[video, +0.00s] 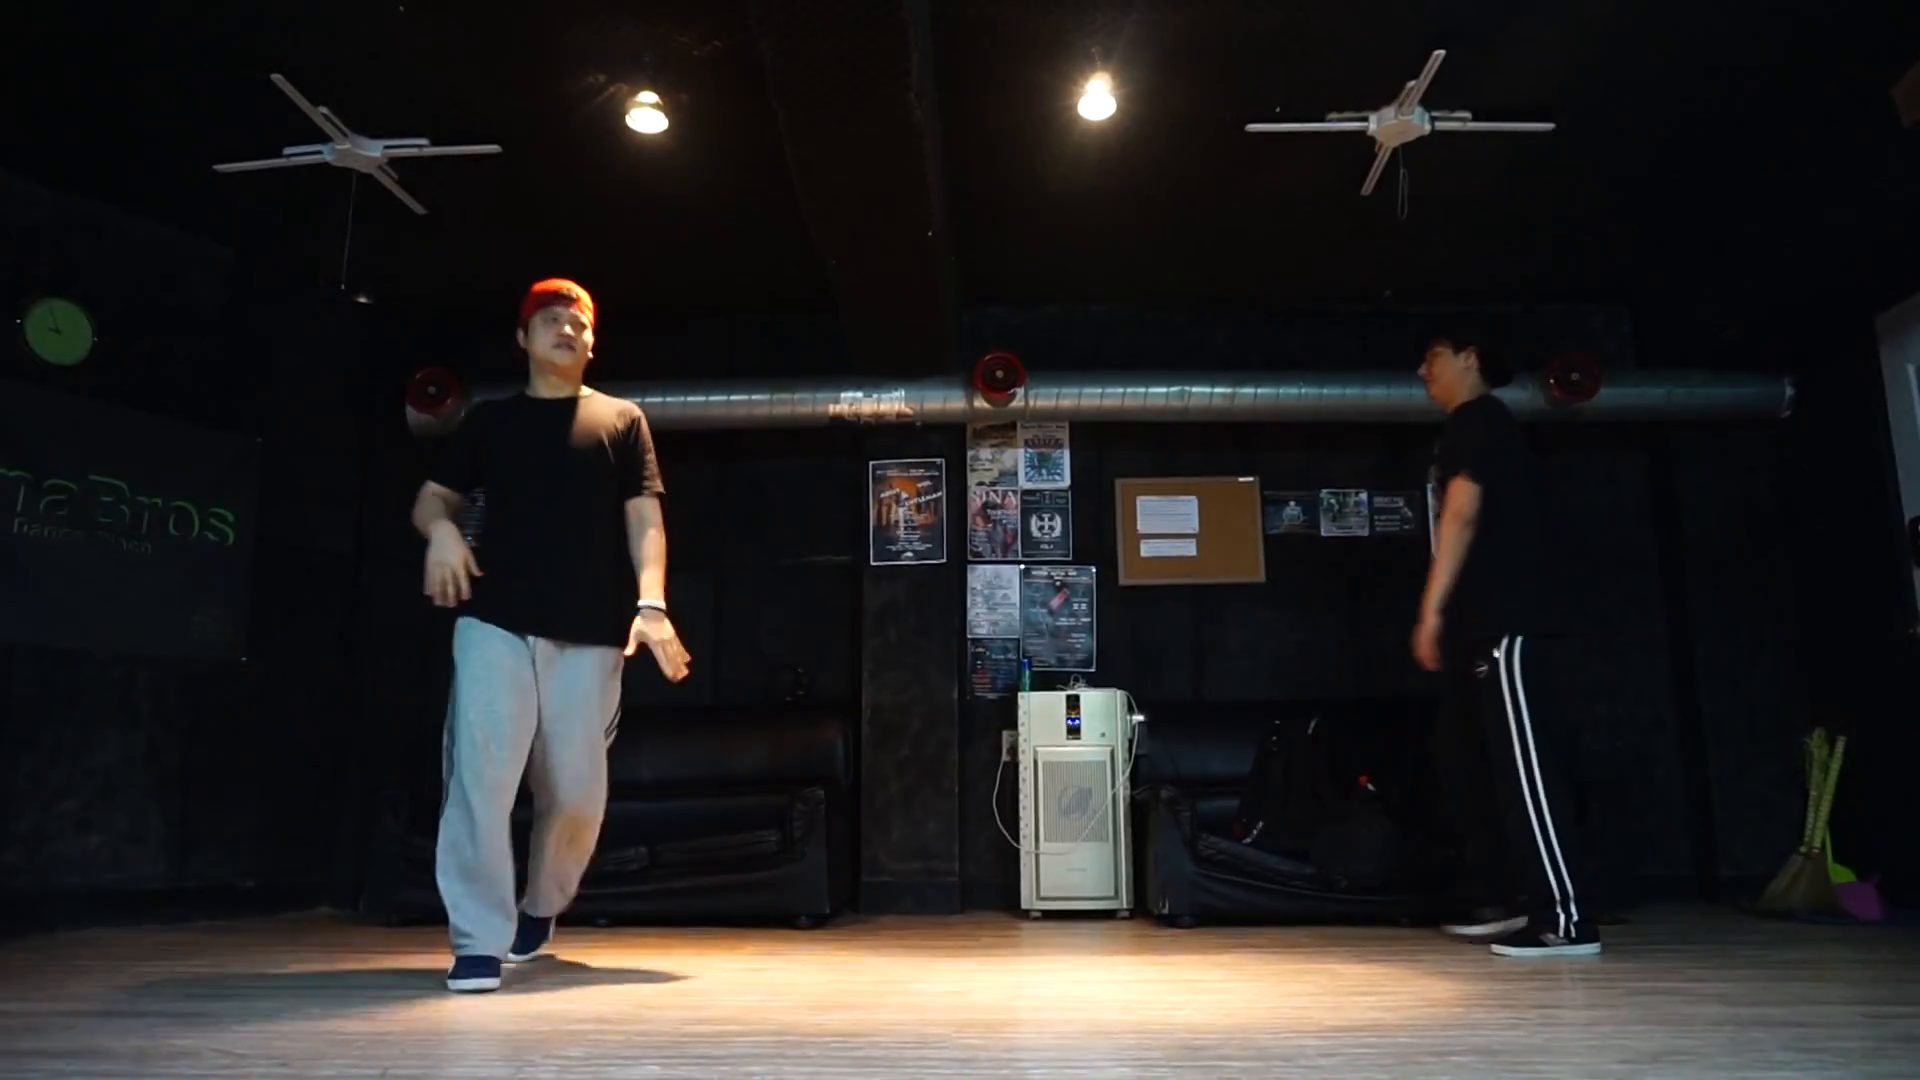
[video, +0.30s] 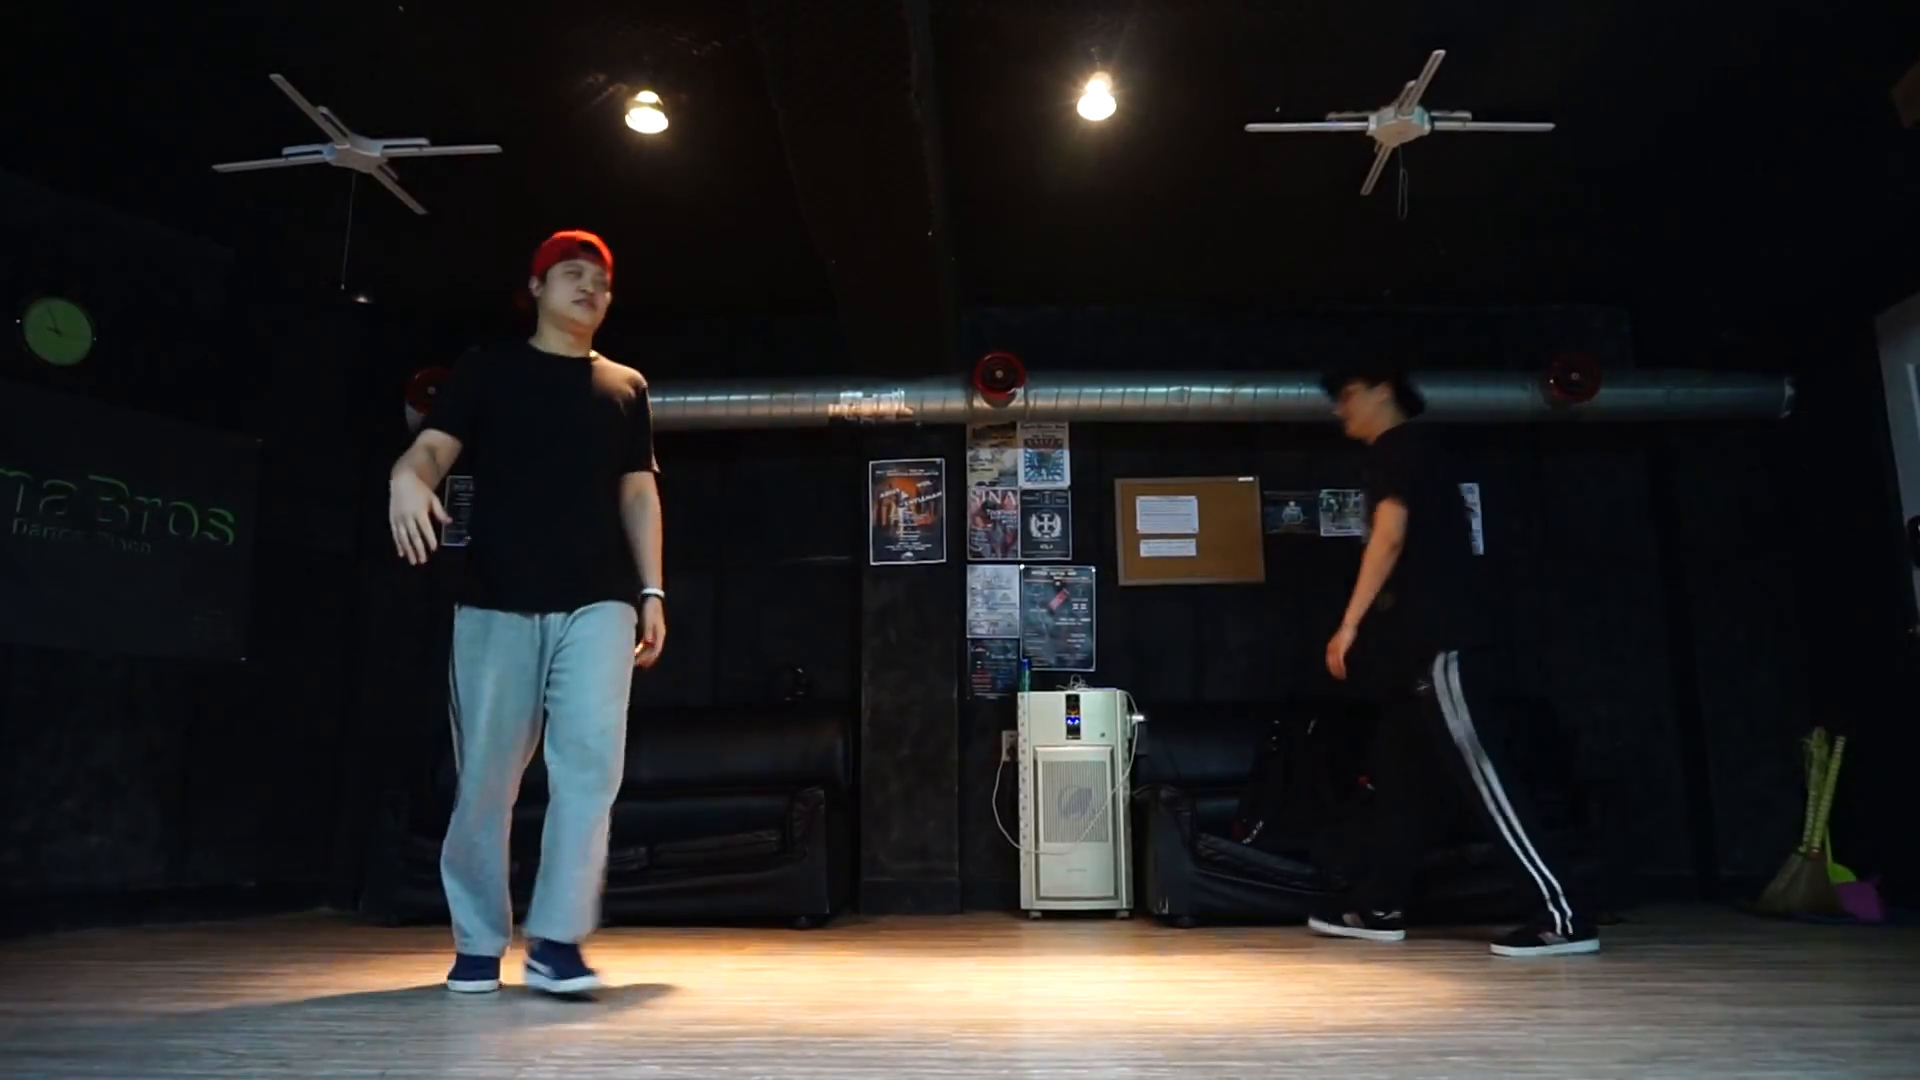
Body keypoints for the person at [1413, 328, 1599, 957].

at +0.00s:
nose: (1425, 372)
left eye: (1435, 359)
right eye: (1425, 361)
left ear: (1469, 361)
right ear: (1464, 363)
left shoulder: (1478, 422)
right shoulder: (1472, 424)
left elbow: (1460, 514)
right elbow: (1473, 525)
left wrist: (1432, 610)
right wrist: (1459, 613)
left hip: (1506, 620)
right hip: (1489, 622)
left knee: (1525, 773)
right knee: (1494, 771)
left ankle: (1565, 921)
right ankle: (1519, 904)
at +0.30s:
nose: (1339, 410)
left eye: (1347, 396)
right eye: (1339, 399)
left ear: (1381, 392)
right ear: (1384, 394)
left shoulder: (1399, 449)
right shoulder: (1420, 448)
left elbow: (1389, 538)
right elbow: (1438, 545)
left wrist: (1348, 625)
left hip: (1439, 635)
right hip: (1427, 636)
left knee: (1479, 773)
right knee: (1400, 772)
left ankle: (1563, 918)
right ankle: (1379, 908)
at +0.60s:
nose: (1279, 404)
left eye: (1287, 391)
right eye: (1279, 393)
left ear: (1321, 392)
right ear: (1315, 395)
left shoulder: (1333, 448)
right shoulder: (1323, 455)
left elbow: (1327, 517)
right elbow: (1327, 541)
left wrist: (1262, 579)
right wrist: (1284, 590)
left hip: (1345, 626)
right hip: (1332, 625)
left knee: (1321, 755)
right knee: (1316, 759)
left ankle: (1411, 883)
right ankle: (1370, 901)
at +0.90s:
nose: (1195, 431)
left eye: (1202, 418)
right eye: (1193, 420)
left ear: (1235, 411)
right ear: (1224, 418)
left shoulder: (1260, 470)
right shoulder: (1253, 472)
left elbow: (1222, 557)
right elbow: (1215, 565)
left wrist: (1144, 567)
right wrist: (1150, 565)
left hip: (1265, 648)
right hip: (1273, 646)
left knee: (1230, 776)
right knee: (1316, 774)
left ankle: (1181, 908)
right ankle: (1370, 904)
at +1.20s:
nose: (1084, 441)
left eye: (1087, 428)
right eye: (1081, 430)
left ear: (1117, 416)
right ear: (1115, 419)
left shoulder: (1150, 470)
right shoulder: (1145, 469)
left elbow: (1154, 558)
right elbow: (1152, 559)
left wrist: (1161, 642)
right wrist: (1158, 644)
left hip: (1167, 652)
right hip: (1156, 650)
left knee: (1160, 783)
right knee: (1160, 779)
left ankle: (1171, 912)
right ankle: (1252, 848)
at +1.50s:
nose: (996, 451)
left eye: (997, 437)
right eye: (992, 440)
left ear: (1021, 426)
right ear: (1023, 429)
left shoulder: (1060, 470)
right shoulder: (1046, 480)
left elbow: (1095, 526)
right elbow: (1091, 562)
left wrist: (1106, 598)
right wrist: (1121, 640)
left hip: (1084, 651)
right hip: (1063, 655)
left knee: (1125, 779)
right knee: (1039, 781)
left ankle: (1170, 908)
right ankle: (985, 895)